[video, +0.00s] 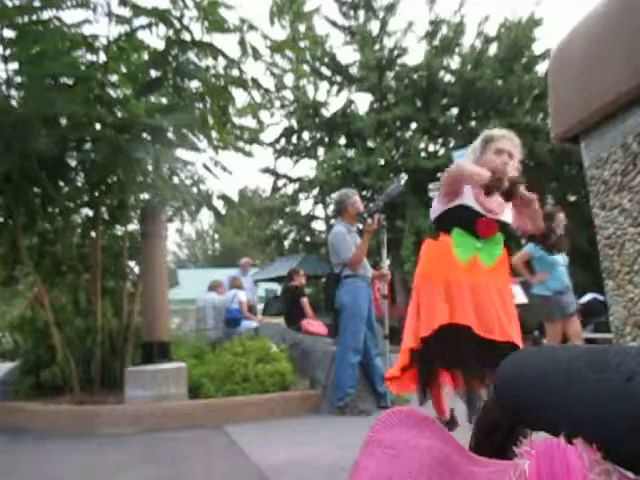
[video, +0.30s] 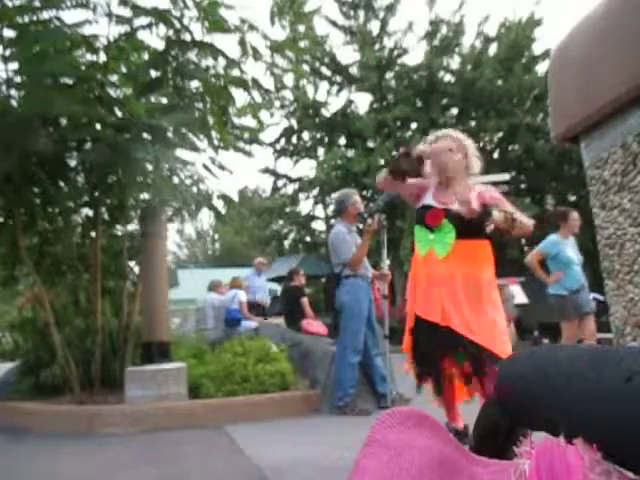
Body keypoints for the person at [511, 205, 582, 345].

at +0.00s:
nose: (563, 224)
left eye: (564, 221)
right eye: (560, 221)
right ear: (551, 223)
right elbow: (516, 260)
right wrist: (531, 278)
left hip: (565, 291)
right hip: (546, 294)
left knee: (576, 336)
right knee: (554, 338)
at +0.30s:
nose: (578, 224)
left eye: (578, 220)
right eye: (575, 220)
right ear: (564, 223)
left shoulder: (572, 240)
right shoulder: (553, 241)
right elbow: (530, 259)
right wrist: (546, 278)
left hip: (580, 289)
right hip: (562, 292)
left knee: (590, 334)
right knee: (569, 336)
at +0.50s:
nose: (587, 223)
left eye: (587, 219)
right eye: (583, 219)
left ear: (587, 222)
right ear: (573, 222)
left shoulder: (578, 240)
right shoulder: (562, 240)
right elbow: (540, 259)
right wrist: (555, 279)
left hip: (588, 288)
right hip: (574, 292)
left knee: (594, 333)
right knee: (593, 334)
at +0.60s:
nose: (590, 223)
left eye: (590, 219)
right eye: (586, 219)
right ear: (576, 222)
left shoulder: (581, 240)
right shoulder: (564, 240)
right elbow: (543, 259)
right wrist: (558, 279)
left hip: (591, 287)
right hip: (577, 291)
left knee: (598, 336)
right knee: (597, 336)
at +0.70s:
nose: (591, 221)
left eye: (591, 217)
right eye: (588, 218)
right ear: (578, 221)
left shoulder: (581, 239)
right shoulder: (568, 238)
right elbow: (546, 258)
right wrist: (561, 277)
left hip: (592, 288)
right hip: (579, 291)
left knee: (597, 336)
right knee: (598, 336)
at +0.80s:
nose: (592, 221)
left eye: (592, 217)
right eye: (589, 217)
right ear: (578, 220)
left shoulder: (581, 239)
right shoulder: (570, 238)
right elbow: (549, 257)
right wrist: (563, 276)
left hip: (592, 288)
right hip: (581, 290)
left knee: (596, 335)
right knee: (598, 335)